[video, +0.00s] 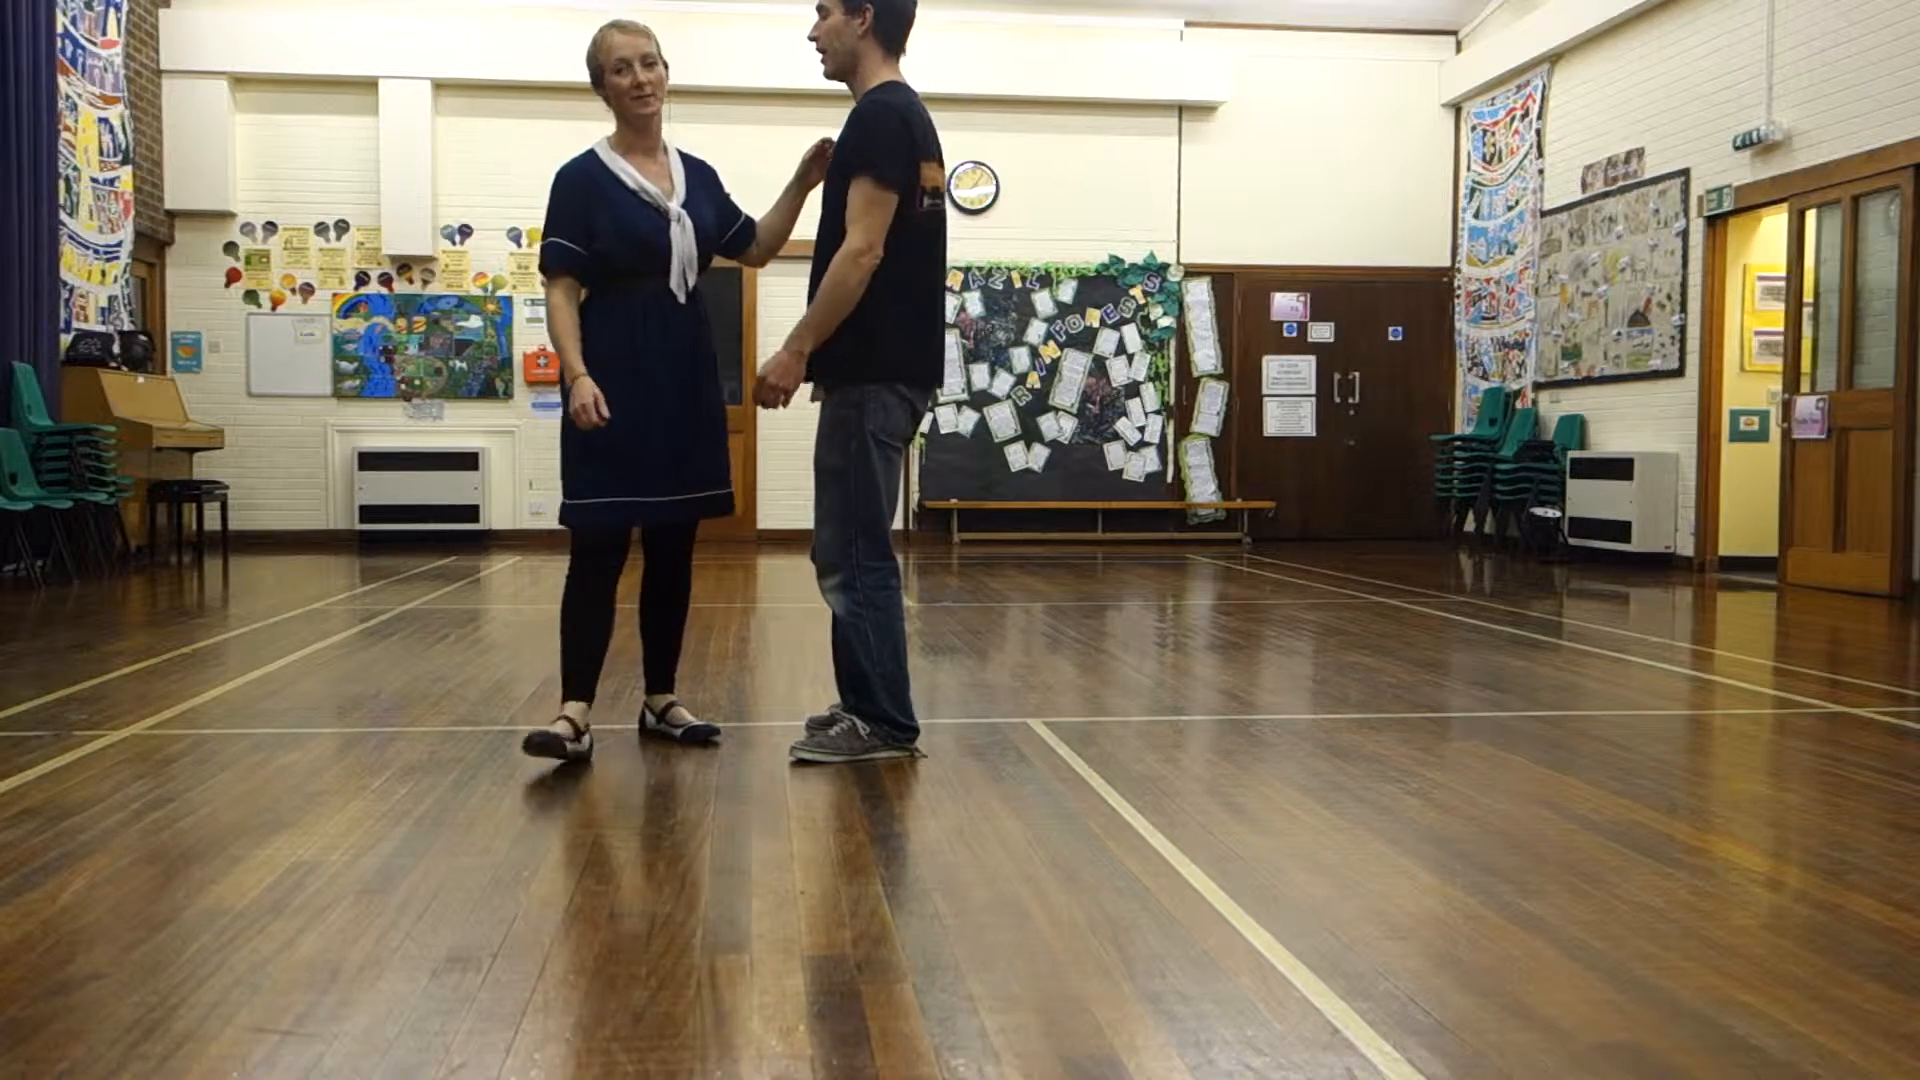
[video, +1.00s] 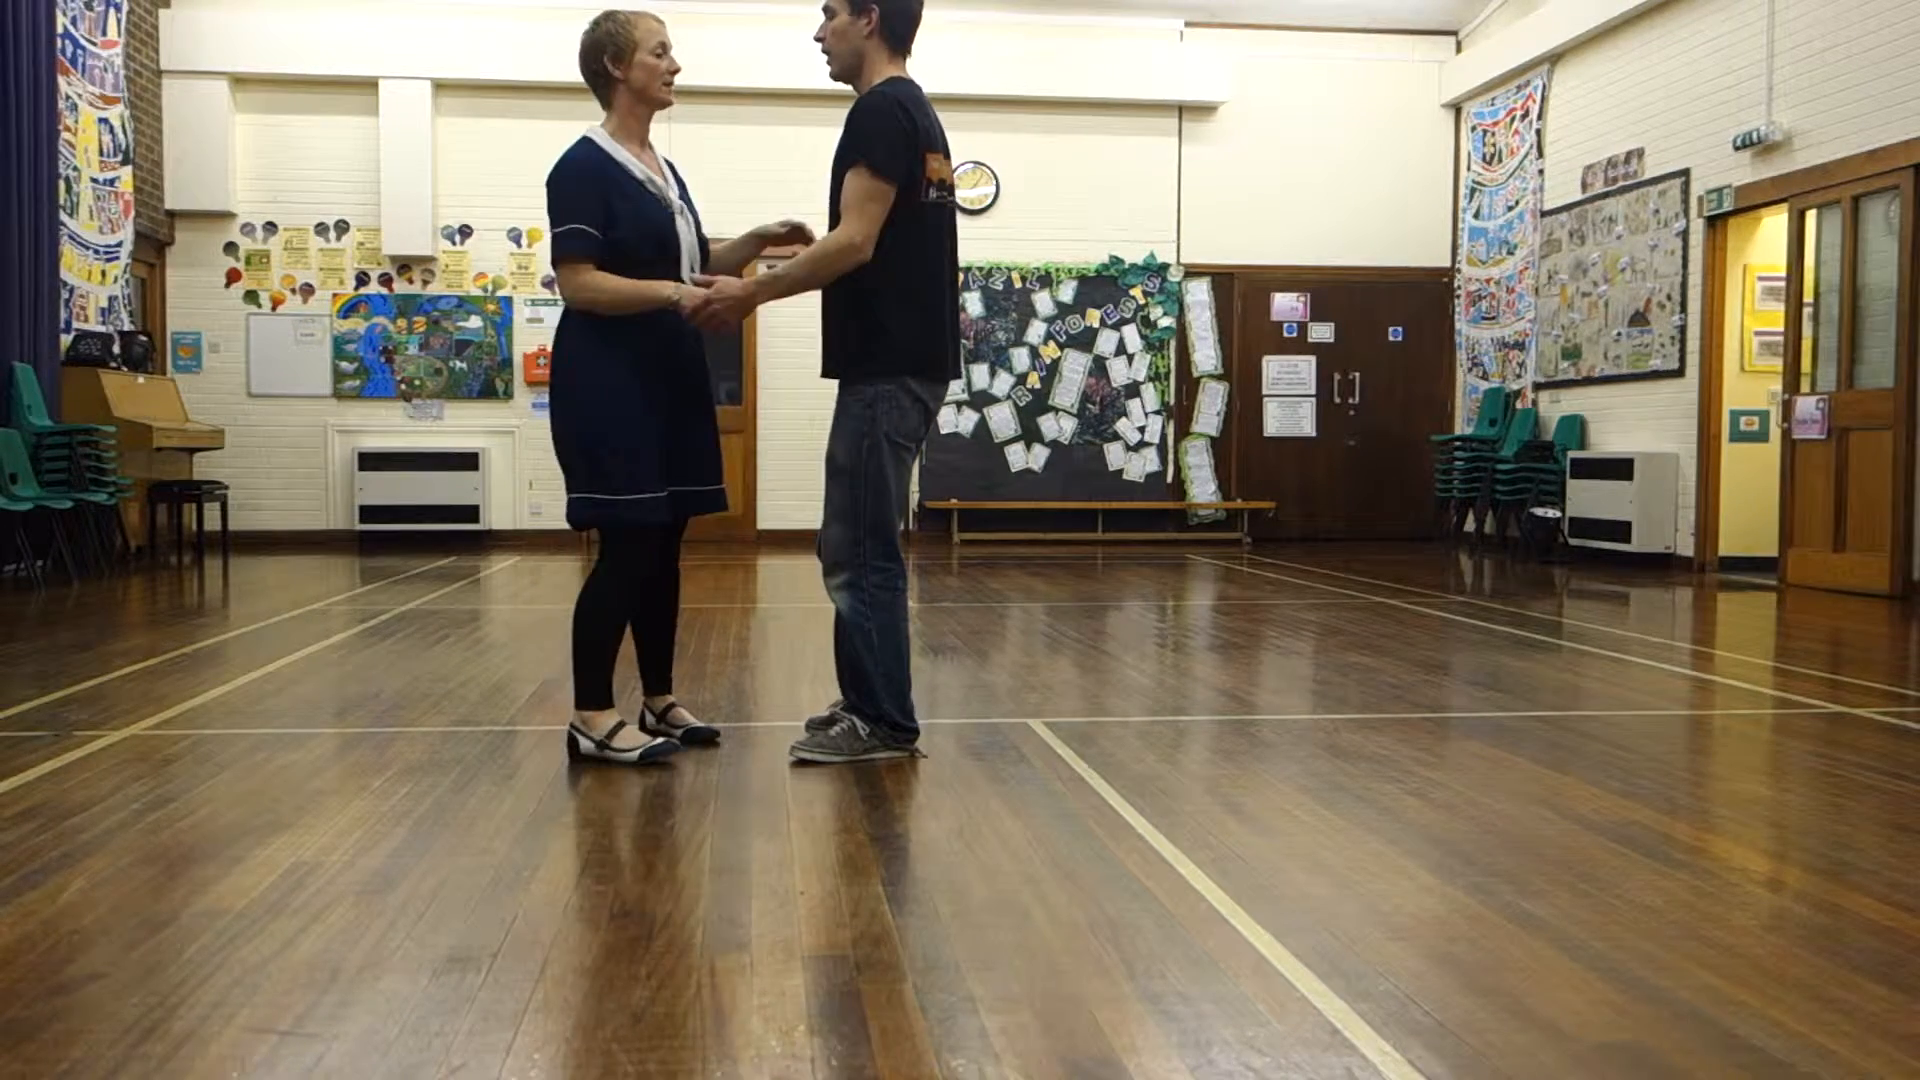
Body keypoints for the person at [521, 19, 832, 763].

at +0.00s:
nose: (639, 77)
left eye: (648, 63)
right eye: (622, 69)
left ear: (667, 73)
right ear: (600, 88)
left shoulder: (696, 175)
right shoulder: (581, 179)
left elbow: (756, 247)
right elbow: (561, 288)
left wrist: (800, 182)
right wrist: (577, 373)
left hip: (685, 387)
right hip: (607, 386)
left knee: (673, 545)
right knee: (598, 548)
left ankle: (661, 704)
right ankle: (574, 715)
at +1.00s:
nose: (675, 65)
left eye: (672, 53)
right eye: (659, 53)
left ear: (634, 70)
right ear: (615, 68)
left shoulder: (666, 173)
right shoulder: (583, 165)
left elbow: (694, 269)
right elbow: (576, 283)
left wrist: (755, 242)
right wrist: (675, 294)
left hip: (670, 393)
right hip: (609, 396)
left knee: (663, 547)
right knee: (623, 553)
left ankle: (658, 705)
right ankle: (592, 720)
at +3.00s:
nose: (671, 89)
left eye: (679, 82)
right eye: (658, 74)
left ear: (679, 97)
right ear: (618, 80)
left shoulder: (640, 170)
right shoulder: (606, 159)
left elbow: (657, 283)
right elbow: (637, 275)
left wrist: (738, 302)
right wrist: (742, 283)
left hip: (629, 389)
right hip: (611, 389)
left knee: (619, 548)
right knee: (641, 547)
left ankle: (589, 708)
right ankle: (605, 722)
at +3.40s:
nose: (739, 56)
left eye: (748, 47)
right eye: (726, 37)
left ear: (744, 63)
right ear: (681, 40)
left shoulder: (686, 133)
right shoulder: (663, 123)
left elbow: (696, 273)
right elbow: (717, 261)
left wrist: (750, 308)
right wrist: (808, 295)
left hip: (681, 383)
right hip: (644, 384)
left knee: (728, 543)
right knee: (659, 552)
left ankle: (646, 699)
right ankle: (608, 739)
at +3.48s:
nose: (760, 53)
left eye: (768, 43)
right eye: (746, 34)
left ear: (763, 56)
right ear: (699, 38)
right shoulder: (688, 124)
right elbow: (738, 258)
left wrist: (804, 295)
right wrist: (822, 286)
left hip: (690, 381)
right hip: (670, 381)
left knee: (755, 540)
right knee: (663, 553)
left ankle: (707, 728)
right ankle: (608, 742)